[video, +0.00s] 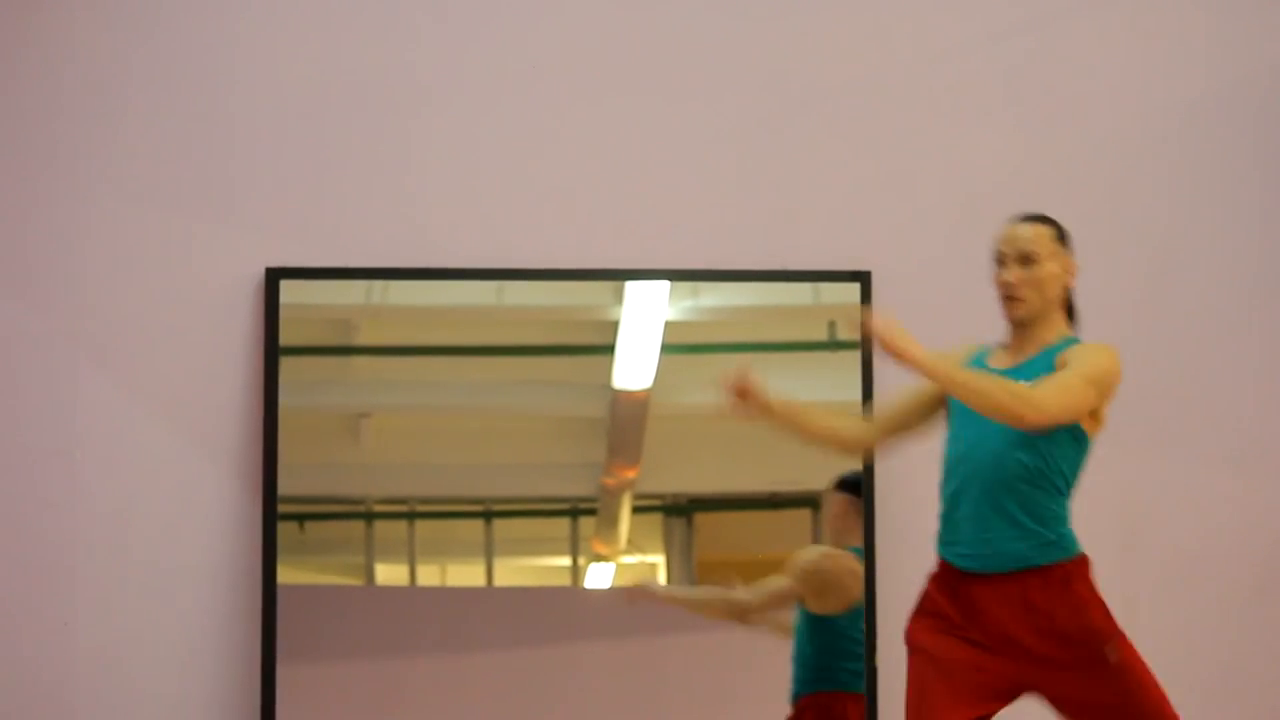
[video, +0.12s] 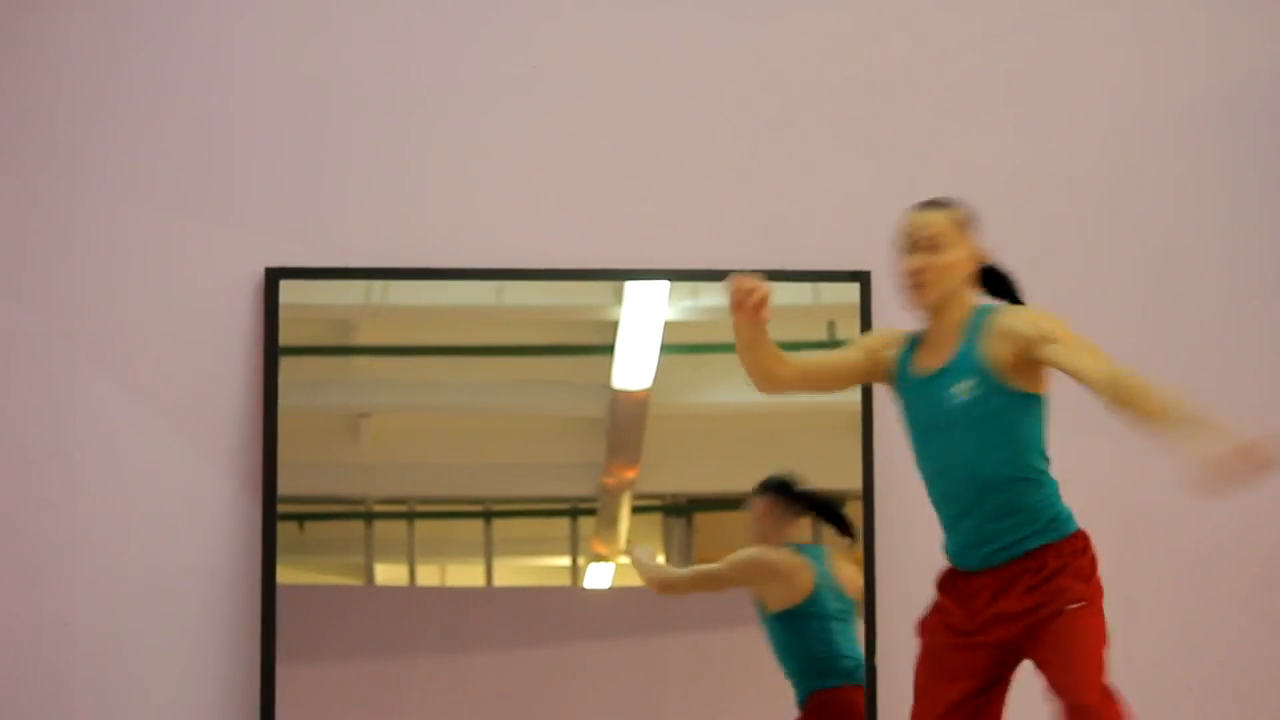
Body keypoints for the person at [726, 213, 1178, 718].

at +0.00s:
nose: (1008, 276)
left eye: (1026, 262)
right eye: (1000, 264)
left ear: (1067, 273)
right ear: (993, 275)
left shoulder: (1093, 362)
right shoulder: (969, 364)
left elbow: (1031, 409)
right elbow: (864, 433)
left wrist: (917, 357)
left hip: (1055, 606)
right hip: (956, 611)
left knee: (1154, 715)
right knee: (928, 712)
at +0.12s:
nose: (915, 261)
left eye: (931, 245)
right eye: (907, 249)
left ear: (973, 254)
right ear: (899, 266)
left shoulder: (1012, 329)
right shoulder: (893, 352)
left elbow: (1115, 383)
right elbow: (775, 373)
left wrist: (1210, 436)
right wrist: (747, 327)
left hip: (1052, 572)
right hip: (968, 591)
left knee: (1086, 701)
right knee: (934, 713)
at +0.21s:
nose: (852, 312)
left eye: (870, 295)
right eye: (845, 299)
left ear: (915, 301)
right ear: (839, 314)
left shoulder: (963, 355)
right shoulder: (851, 384)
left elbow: (1099, 330)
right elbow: (735, 367)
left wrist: (1225, 311)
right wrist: (776, 314)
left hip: (1063, 582)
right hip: (995, 604)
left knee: (1021, 714)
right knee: (943, 715)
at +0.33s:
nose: (804, 412)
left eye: (821, 392)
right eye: (796, 399)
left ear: (867, 397)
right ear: (793, 416)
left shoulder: (913, 439)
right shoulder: (829, 492)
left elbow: (1009, 359)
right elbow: (833, 580)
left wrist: (1093, 277)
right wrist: (778, 632)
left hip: (1048, 635)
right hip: (1015, 645)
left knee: (950, 709)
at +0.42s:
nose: (755, 441)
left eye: (772, 425)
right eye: (753, 431)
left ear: (830, 427)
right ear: (753, 444)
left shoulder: (872, 491)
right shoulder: (838, 534)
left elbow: (1010, 482)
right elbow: (902, 648)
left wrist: (1156, 478)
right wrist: (873, 708)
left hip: (1022, 646)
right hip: (996, 655)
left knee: (918, 716)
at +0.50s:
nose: (736, 440)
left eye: (744, 420)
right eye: (736, 424)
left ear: (789, 415)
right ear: (793, 416)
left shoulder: (844, 487)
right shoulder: (849, 479)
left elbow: (832, 628)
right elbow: (836, 628)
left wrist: (796, 700)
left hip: (993, 647)